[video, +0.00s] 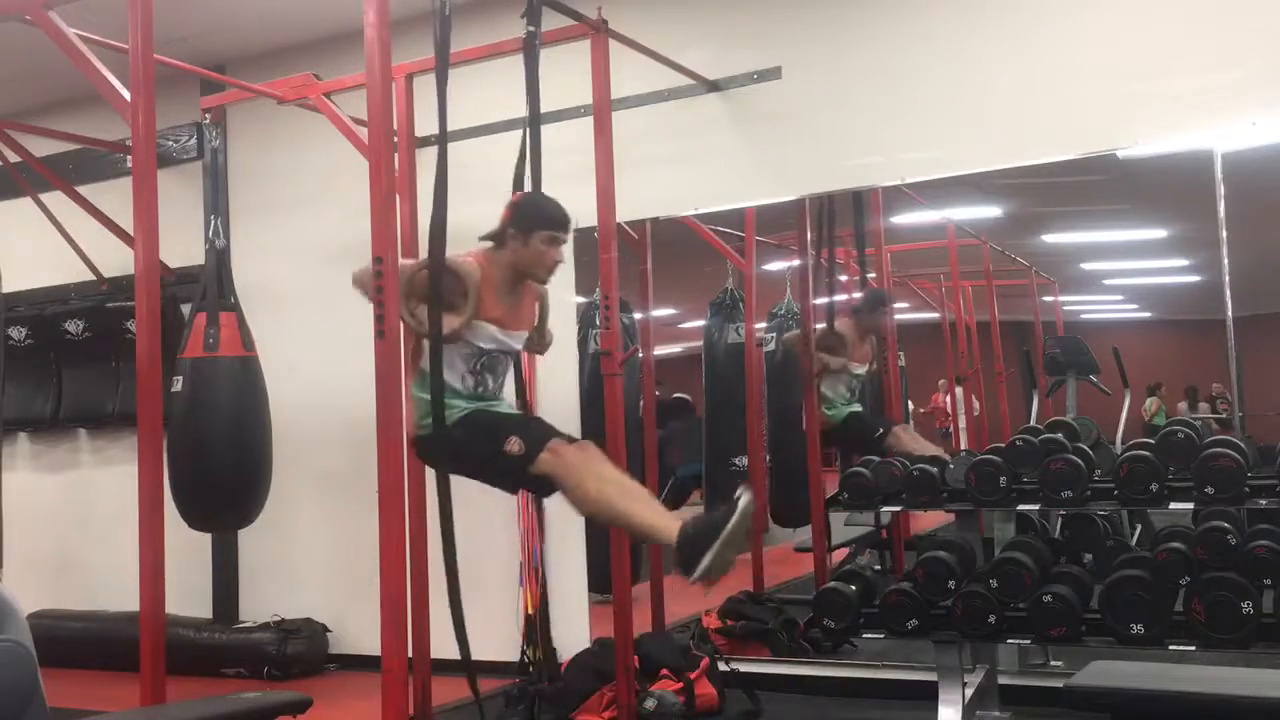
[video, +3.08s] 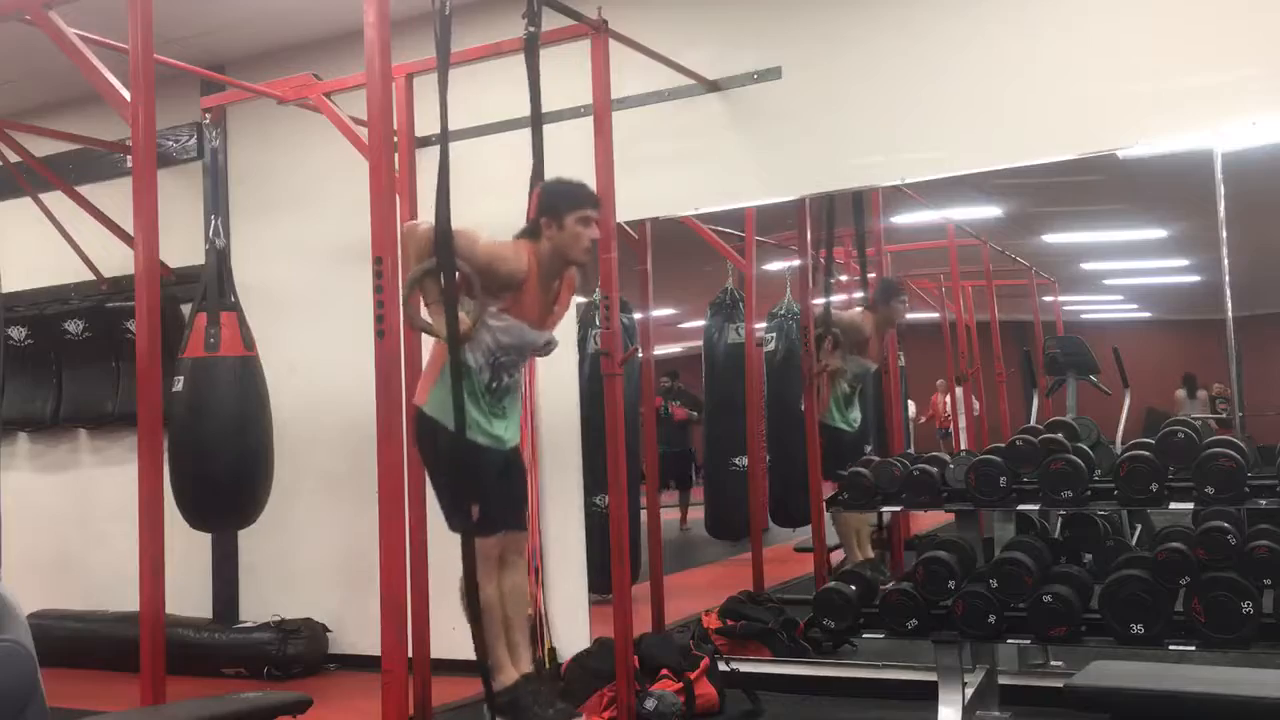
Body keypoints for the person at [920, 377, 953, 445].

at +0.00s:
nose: (943, 388)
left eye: (944, 386)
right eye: (941, 386)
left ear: (947, 386)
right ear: (939, 387)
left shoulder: (949, 396)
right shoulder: (935, 397)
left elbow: (952, 408)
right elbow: (932, 408)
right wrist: (924, 411)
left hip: (948, 422)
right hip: (939, 422)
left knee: (949, 438)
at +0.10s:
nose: (943, 388)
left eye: (944, 386)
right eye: (941, 386)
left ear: (947, 386)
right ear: (939, 387)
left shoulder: (949, 396)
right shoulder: (935, 396)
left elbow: (951, 407)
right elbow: (932, 408)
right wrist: (925, 411)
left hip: (948, 421)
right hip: (939, 421)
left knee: (948, 438)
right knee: (941, 439)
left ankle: (949, 452)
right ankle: (942, 452)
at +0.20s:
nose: (943, 388)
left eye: (944, 386)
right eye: (941, 386)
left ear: (947, 386)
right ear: (939, 387)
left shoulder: (949, 396)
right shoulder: (935, 397)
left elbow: (952, 407)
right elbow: (933, 408)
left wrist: (951, 416)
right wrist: (927, 411)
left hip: (948, 421)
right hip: (939, 422)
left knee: (949, 438)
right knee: (941, 439)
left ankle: (950, 452)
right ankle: (943, 453)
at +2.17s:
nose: (942, 388)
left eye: (944, 386)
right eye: (940, 386)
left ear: (946, 387)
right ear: (938, 387)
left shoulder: (949, 396)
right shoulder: (935, 397)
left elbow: (953, 408)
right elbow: (932, 408)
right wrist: (924, 413)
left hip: (949, 421)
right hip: (940, 421)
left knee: (951, 437)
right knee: (941, 439)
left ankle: (954, 451)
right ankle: (943, 452)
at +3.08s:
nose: (942, 388)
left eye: (943, 386)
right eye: (940, 386)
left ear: (946, 386)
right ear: (937, 387)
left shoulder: (949, 396)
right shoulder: (934, 397)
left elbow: (952, 409)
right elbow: (932, 411)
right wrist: (926, 418)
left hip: (949, 423)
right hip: (939, 423)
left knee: (952, 439)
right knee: (941, 440)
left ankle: (954, 452)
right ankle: (944, 454)